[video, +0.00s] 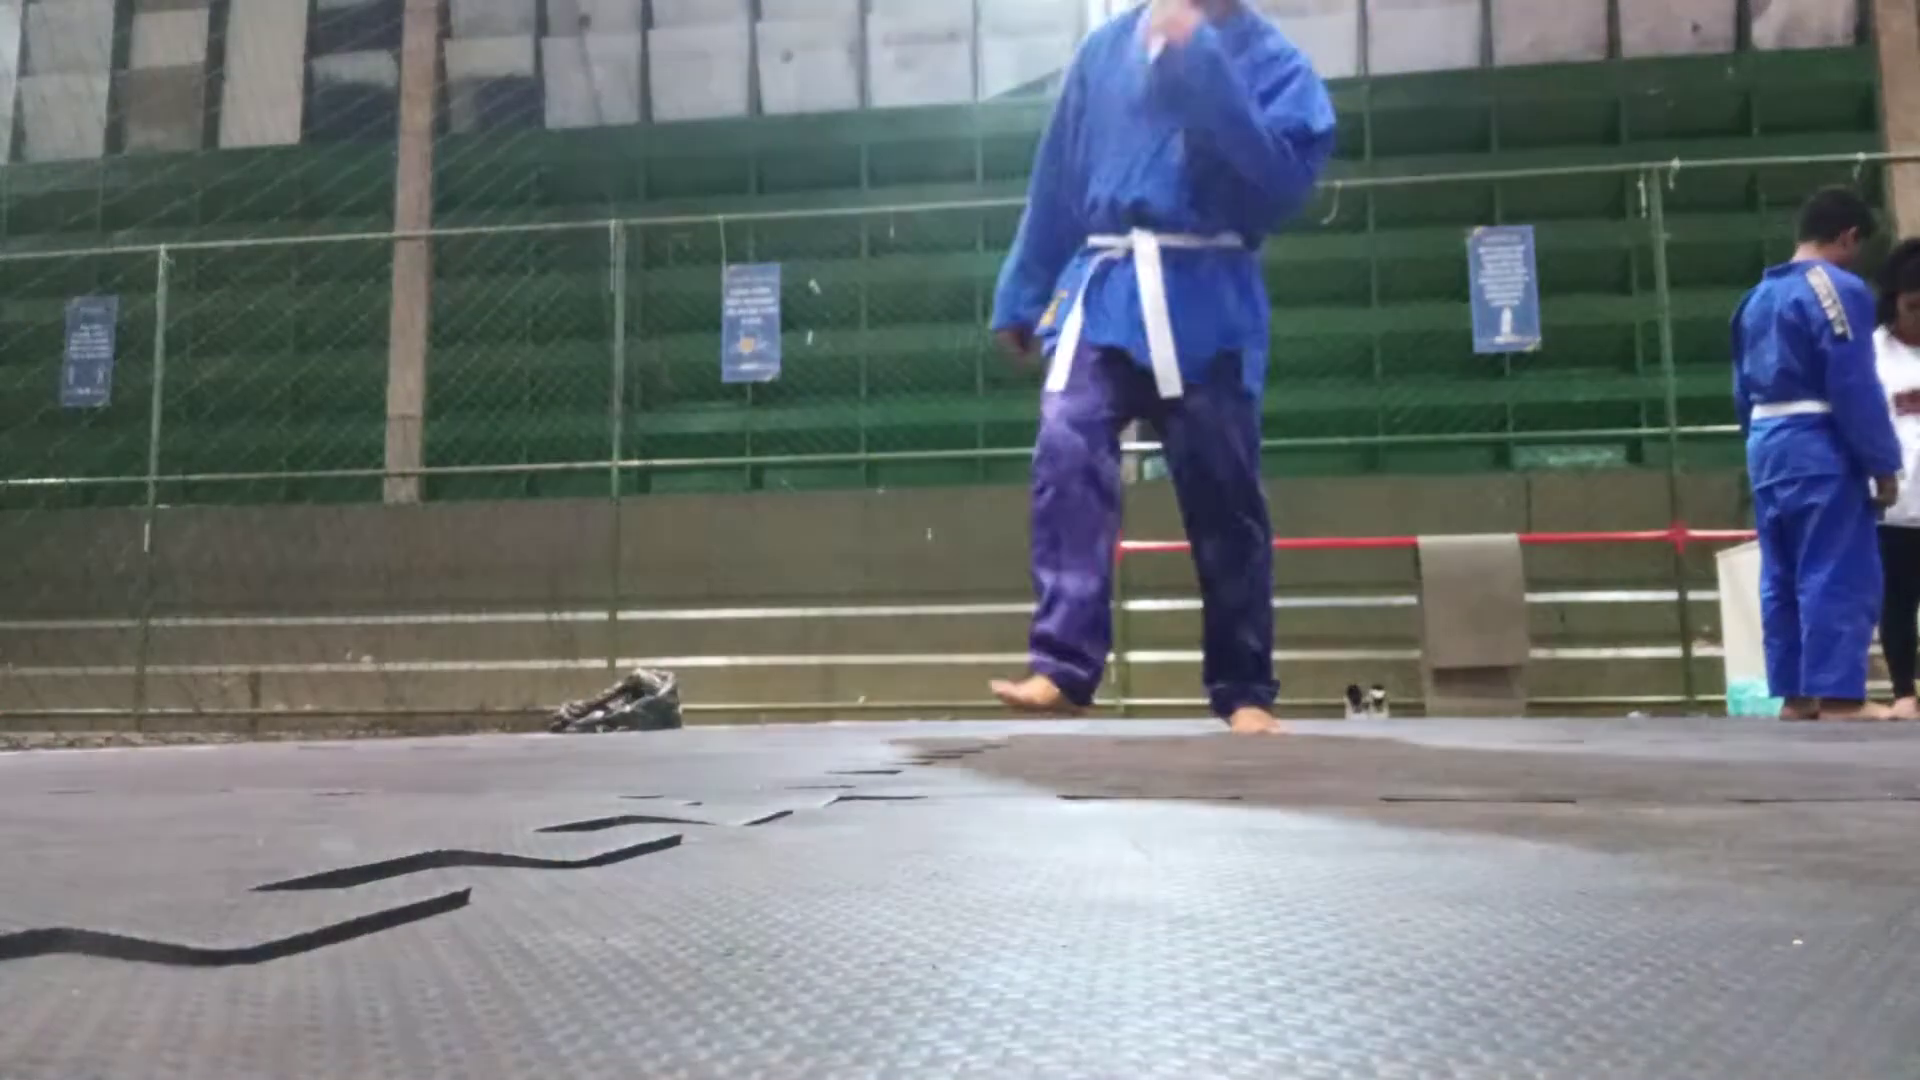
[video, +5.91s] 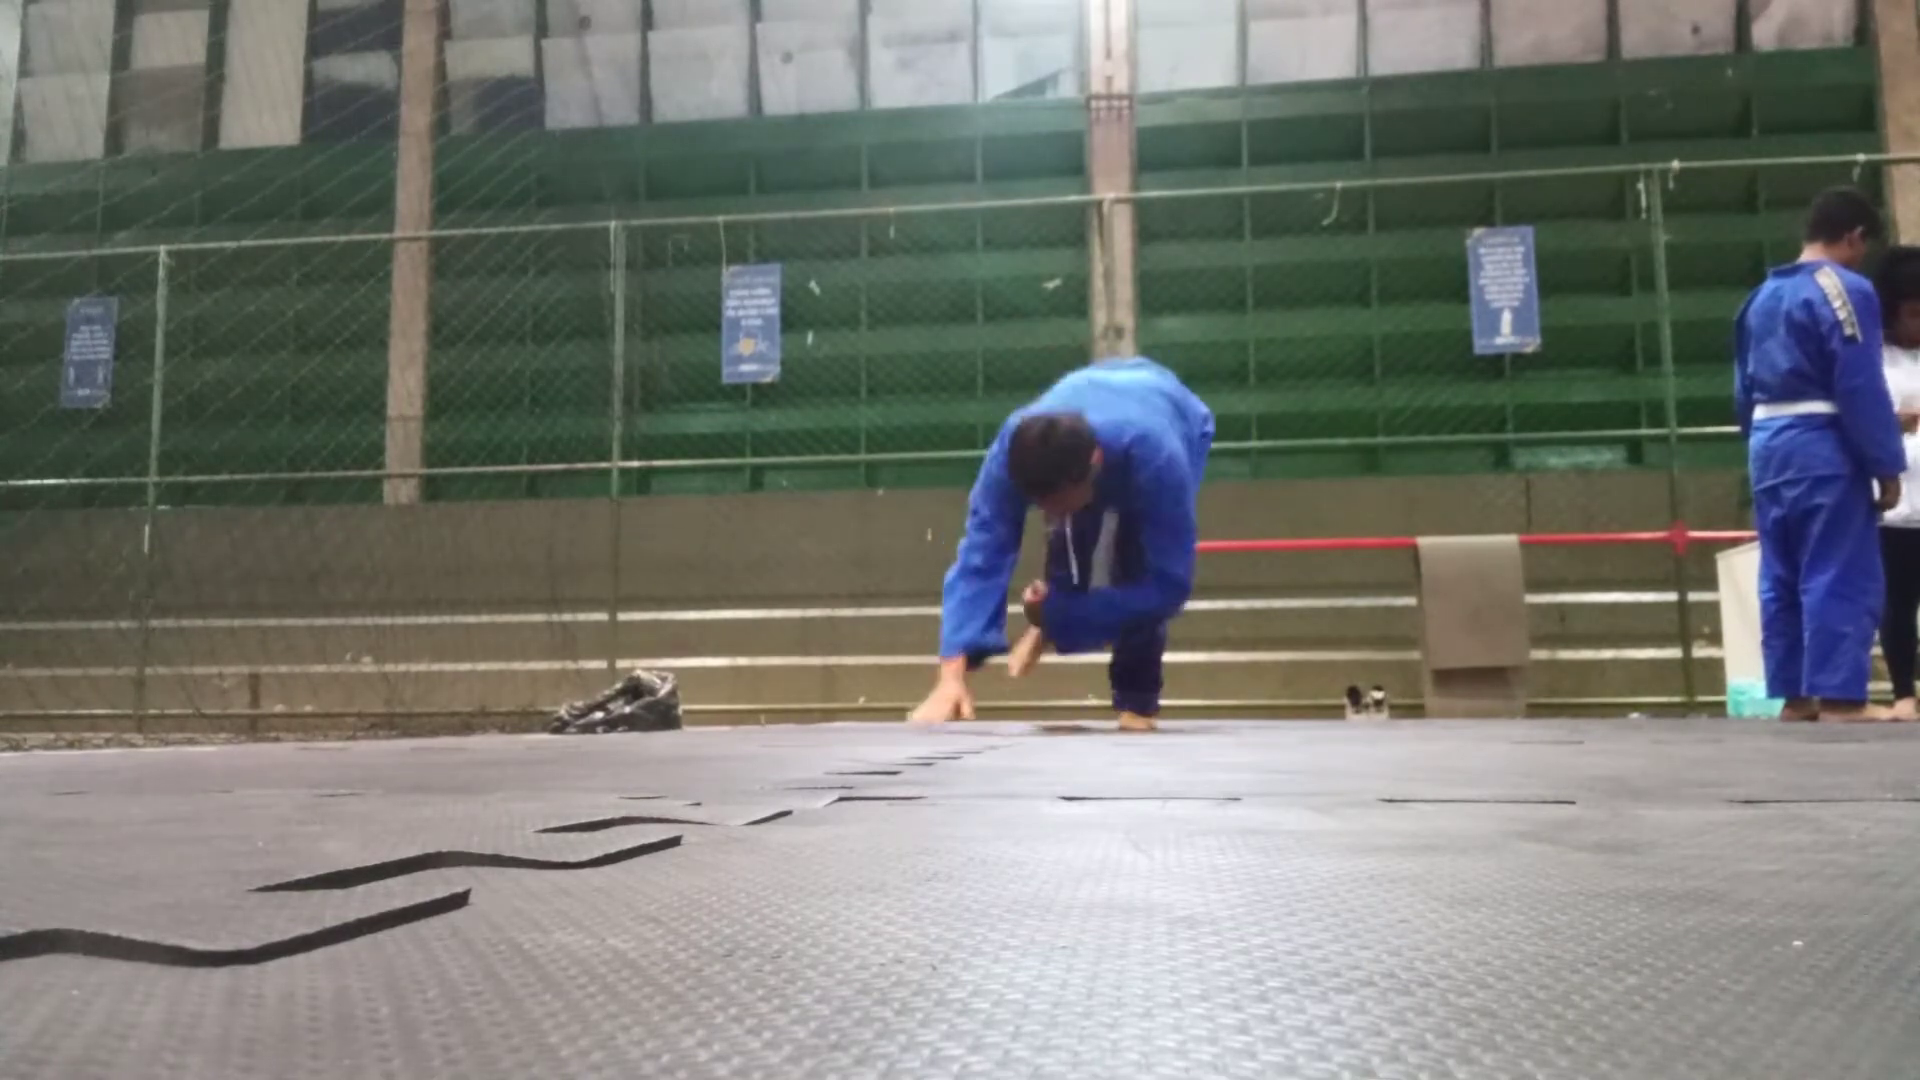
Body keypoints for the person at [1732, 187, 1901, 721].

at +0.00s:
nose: (1857, 255)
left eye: (1860, 247)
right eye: (1859, 245)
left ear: (1803, 234)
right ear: (1846, 236)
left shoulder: (1757, 297)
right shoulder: (1837, 290)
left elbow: (1745, 392)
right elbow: (1853, 388)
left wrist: (1765, 446)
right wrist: (1885, 464)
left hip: (1765, 441)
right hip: (1817, 440)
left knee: (1784, 573)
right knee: (1838, 568)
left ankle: (1795, 696)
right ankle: (1838, 698)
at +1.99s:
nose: (1849, 252)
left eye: (1852, 244)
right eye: (1851, 242)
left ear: (1795, 231)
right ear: (1840, 235)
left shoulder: (1751, 295)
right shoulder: (1833, 289)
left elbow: (1737, 391)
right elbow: (1853, 387)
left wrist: (1757, 444)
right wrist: (1883, 464)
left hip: (1759, 440)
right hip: (1814, 438)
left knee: (1778, 575)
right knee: (1839, 569)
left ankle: (1791, 696)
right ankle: (1838, 698)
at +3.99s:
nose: (1859, 250)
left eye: (1862, 241)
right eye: (1859, 240)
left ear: (1801, 231)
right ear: (1845, 233)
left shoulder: (1757, 295)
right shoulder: (1841, 288)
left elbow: (1742, 391)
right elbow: (1859, 386)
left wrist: (1762, 445)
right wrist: (1888, 464)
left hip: (1766, 440)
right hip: (1821, 438)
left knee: (1784, 573)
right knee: (1841, 569)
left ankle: (1795, 696)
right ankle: (1839, 698)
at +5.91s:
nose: (1864, 254)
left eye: (1866, 245)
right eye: (1865, 244)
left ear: (1810, 233)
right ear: (1852, 237)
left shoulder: (1763, 295)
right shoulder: (1845, 290)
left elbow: (1746, 391)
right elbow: (1860, 387)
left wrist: (1765, 443)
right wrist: (1888, 467)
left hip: (1766, 440)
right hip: (1821, 439)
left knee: (1783, 575)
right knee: (1840, 571)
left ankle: (1795, 697)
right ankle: (1840, 699)